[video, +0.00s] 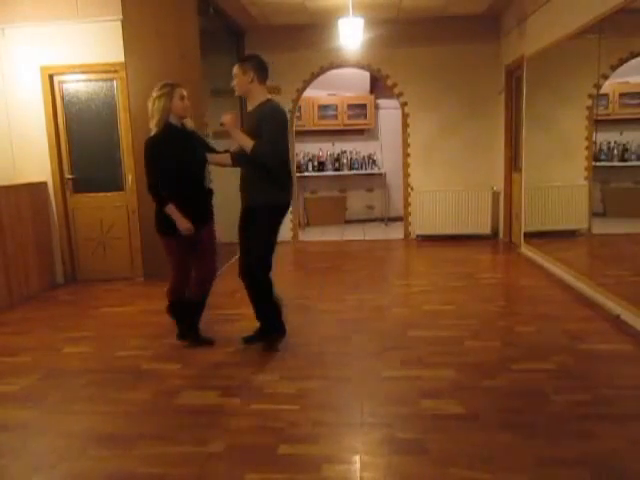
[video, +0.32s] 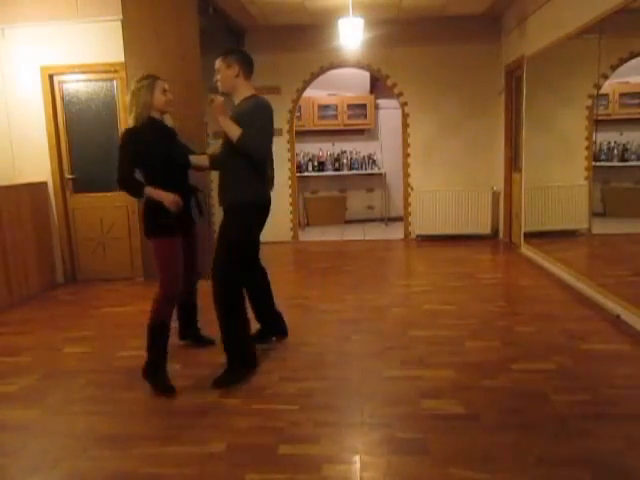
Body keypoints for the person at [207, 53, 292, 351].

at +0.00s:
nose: (233, 83)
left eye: (237, 77)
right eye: (233, 77)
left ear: (252, 77)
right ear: (250, 79)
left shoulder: (271, 112)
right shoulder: (254, 113)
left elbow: (269, 156)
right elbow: (244, 156)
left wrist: (235, 133)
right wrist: (205, 156)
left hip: (269, 200)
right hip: (255, 200)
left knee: (254, 268)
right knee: (250, 268)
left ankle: (273, 327)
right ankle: (268, 325)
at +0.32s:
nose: (216, 78)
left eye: (219, 71)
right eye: (216, 72)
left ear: (237, 70)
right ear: (235, 72)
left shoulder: (256, 107)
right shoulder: (239, 109)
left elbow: (256, 149)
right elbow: (230, 158)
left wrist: (223, 120)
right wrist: (194, 161)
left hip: (248, 203)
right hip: (238, 202)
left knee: (225, 276)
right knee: (248, 264)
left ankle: (240, 360)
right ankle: (272, 324)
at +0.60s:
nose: (199, 77)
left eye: (203, 70)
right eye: (199, 71)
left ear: (223, 69)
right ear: (221, 70)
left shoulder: (243, 106)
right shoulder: (222, 112)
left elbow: (247, 145)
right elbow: (196, 157)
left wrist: (209, 111)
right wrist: (154, 158)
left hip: (243, 207)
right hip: (228, 208)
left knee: (209, 274)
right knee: (226, 277)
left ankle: (243, 363)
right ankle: (243, 362)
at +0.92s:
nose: (185, 72)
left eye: (189, 64)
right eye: (185, 65)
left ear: (210, 64)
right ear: (205, 67)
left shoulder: (241, 104)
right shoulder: (207, 114)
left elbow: (266, 152)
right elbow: (180, 161)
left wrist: (237, 136)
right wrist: (135, 159)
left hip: (241, 206)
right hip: (220, 207)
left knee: (199, 279)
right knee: (237, 286)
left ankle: (228, 354)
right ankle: (274, 356)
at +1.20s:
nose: (169, 69)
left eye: (174, 61)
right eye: (169, 63)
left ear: (195, 62)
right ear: (189, 64)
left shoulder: (223, 102)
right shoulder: (191, 113)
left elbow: (261, 153)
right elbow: (181, 167)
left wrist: (260, 153)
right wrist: (140, 169)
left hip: (219, 211)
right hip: (200, 212)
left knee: (196, 288)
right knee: (197, 288)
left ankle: (210, 370)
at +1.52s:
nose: (169, 69)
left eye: (174, 62)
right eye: (169, 63)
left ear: (197, 62)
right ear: (186, 65)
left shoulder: (224, 103)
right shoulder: (185, 113)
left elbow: (259, 148)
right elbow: (158, 154)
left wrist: (242, 160)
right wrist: (121, 153)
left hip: (223, 212)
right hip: (194, 213)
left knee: (212, 289)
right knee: (186, 287)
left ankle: (204, 371)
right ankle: (218, 341)